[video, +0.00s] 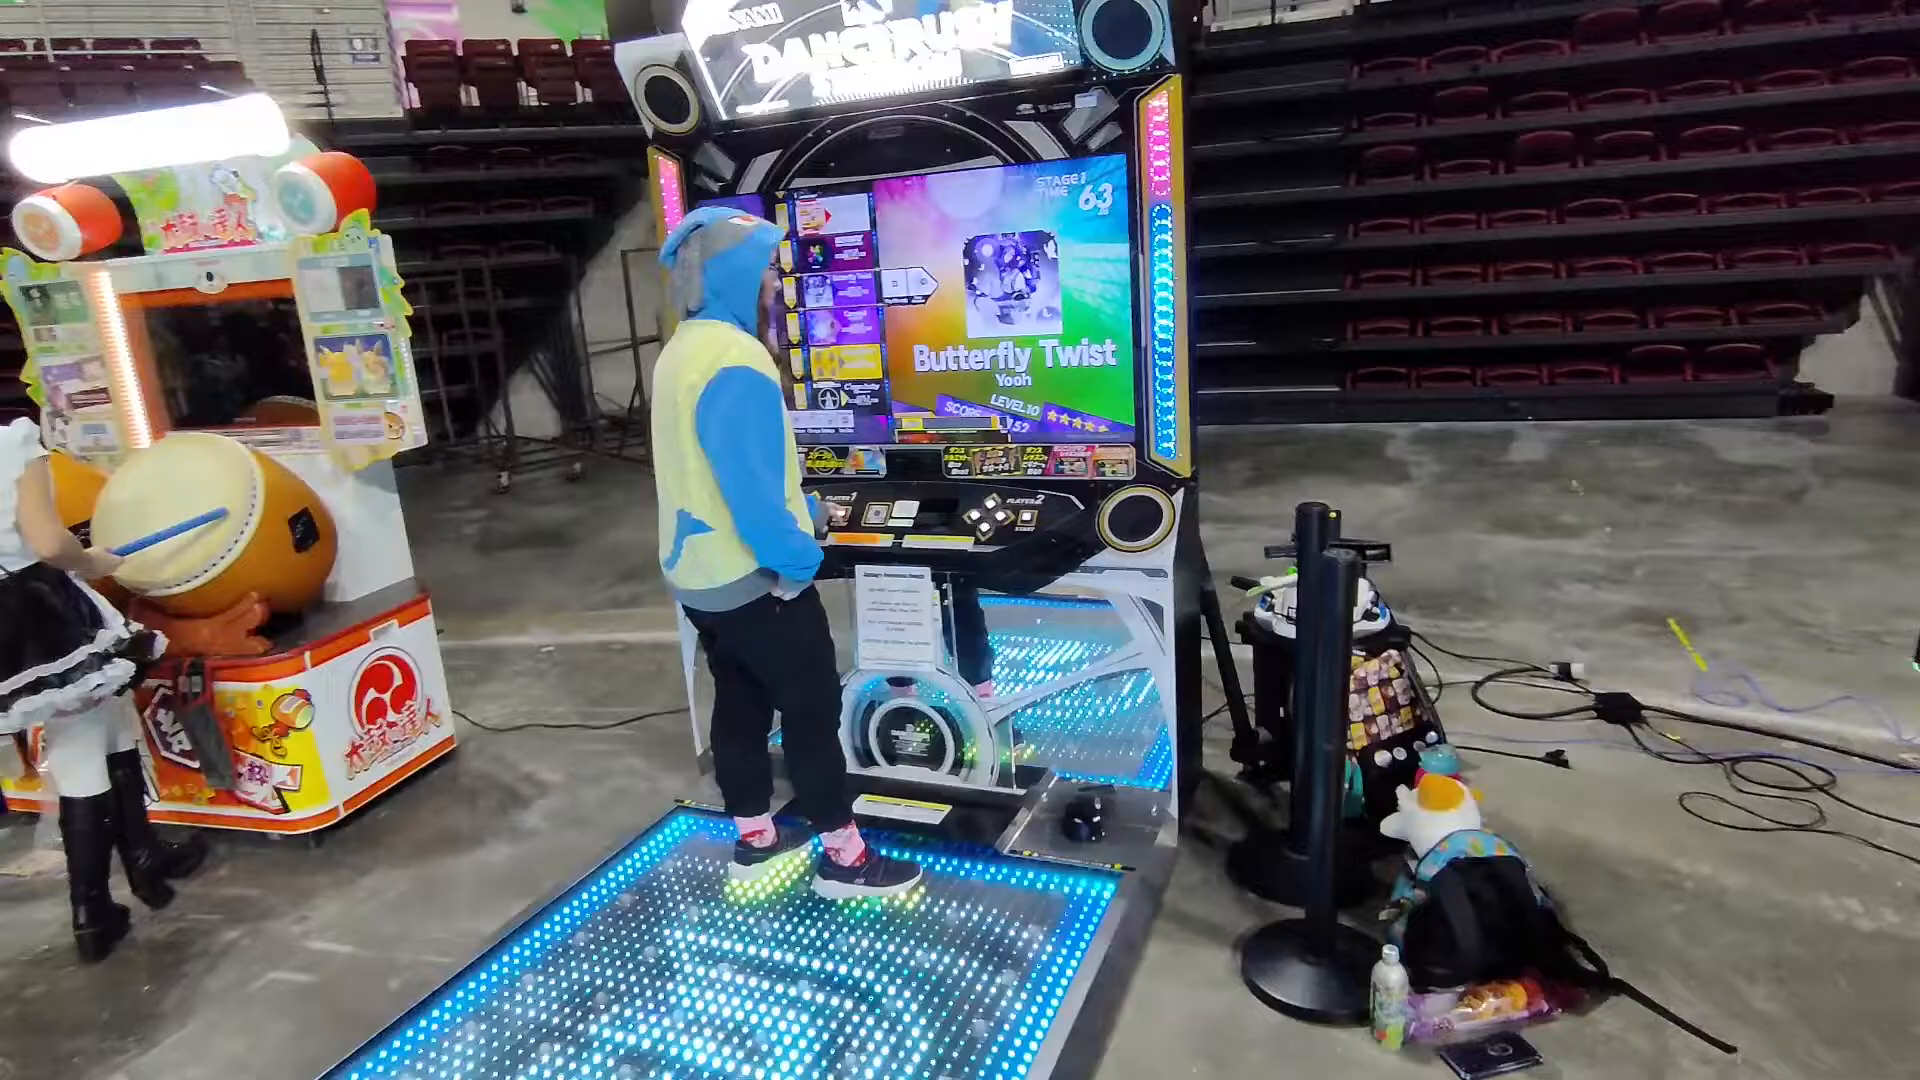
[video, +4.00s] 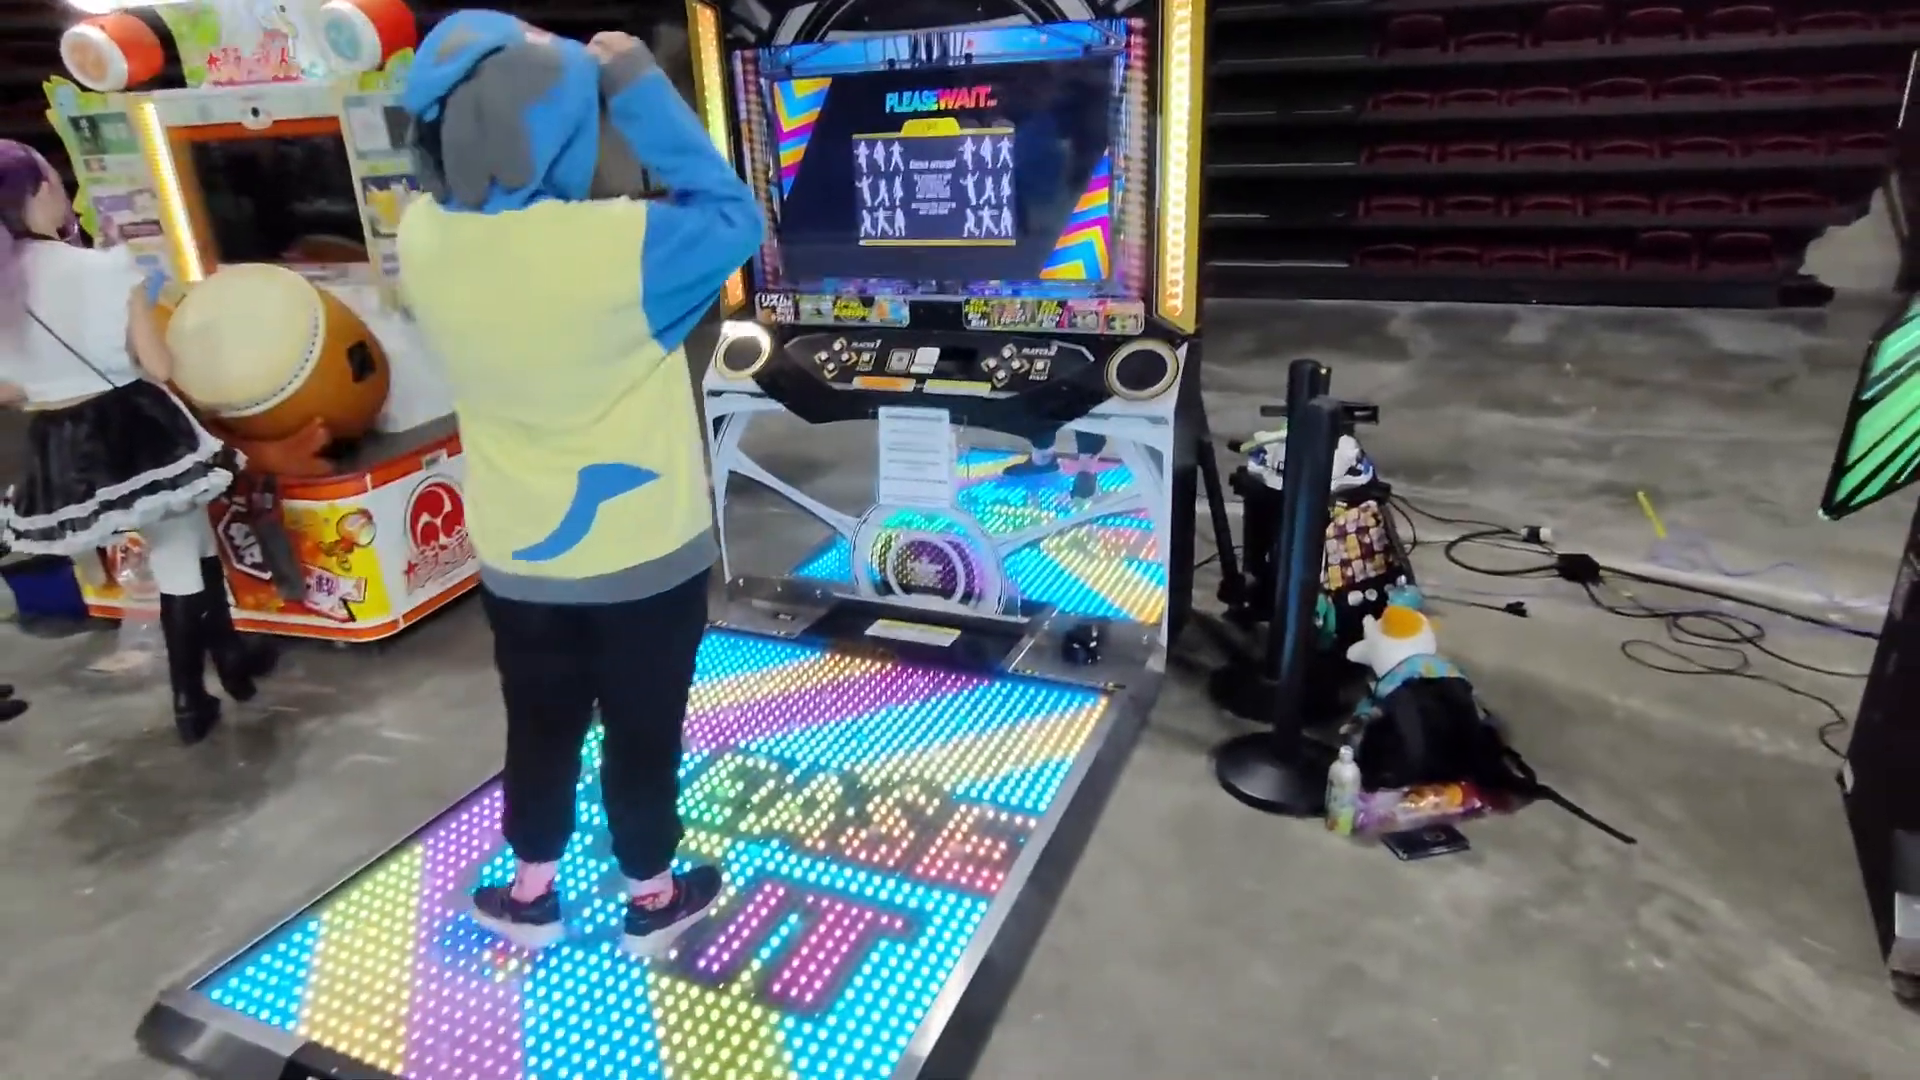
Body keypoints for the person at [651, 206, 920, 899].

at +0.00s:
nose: (777, 285)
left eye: (776, 271)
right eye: (768, 272)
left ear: (709, 279)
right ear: (736, 278)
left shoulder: (684, 351)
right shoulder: (735, 364)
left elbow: (698, 472)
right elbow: (754, 494)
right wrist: (804, 563)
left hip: (706, 581)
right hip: (757, 581)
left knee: (742, 697)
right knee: (813, 704)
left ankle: (753, 831)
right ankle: (843, 852)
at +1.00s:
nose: (839, 279)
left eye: (847, 263)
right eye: (817, 264)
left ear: (859, 273)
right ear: (777, 281)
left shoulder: (872, 362)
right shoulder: (743, 382)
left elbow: (913, 470)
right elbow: (737, 521)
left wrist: (914, 556)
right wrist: (766, 637)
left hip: (884, 596)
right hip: (795, 626)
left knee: (915, 719)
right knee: (820, 757)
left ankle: (903, 844)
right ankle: (846, 865)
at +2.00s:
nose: (672, 306)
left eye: (686, 286)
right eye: (668, 286)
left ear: (750, 286)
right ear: (731, 289)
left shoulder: (825, 392)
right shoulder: (726, 380)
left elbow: (888, 560)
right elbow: (745, 538)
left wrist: (920, 717)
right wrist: (740, 662)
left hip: (834, 696)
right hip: (739, 689)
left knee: (889, 831)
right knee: (739, 840)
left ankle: (950, 943)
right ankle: (773, 1008)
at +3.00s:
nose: (431, 182)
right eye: (418, 167)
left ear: (286, 200)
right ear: (407, 180)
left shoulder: (252, 329)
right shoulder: (488, 290)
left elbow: (260, 508)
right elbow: (572, 449)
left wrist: (307, 628)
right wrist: (616, 579)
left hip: (383, 651)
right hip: (538, 618)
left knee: (438, 828)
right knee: (567, 784)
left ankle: (461, 999)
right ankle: (593, 950)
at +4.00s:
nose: (600, 141)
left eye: (594, 123)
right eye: (588, 124)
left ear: (466, 147)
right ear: (561, 145)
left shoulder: (428, 248)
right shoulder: (624, 247)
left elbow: (449, 179)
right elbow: (733, 217)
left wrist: (475, 75)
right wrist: (644, 90)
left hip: (516, 557)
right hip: (646, 554)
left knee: (538, 724)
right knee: (643, 732)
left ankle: (531, 885)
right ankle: (650, 894)